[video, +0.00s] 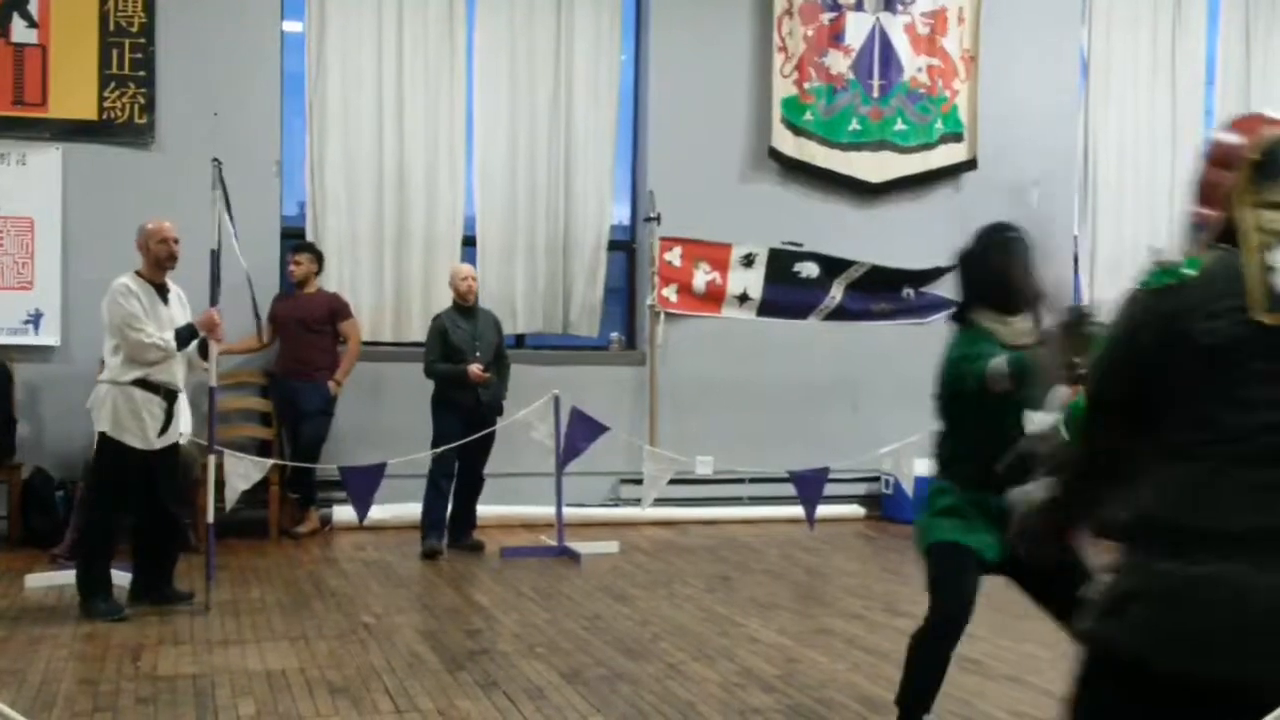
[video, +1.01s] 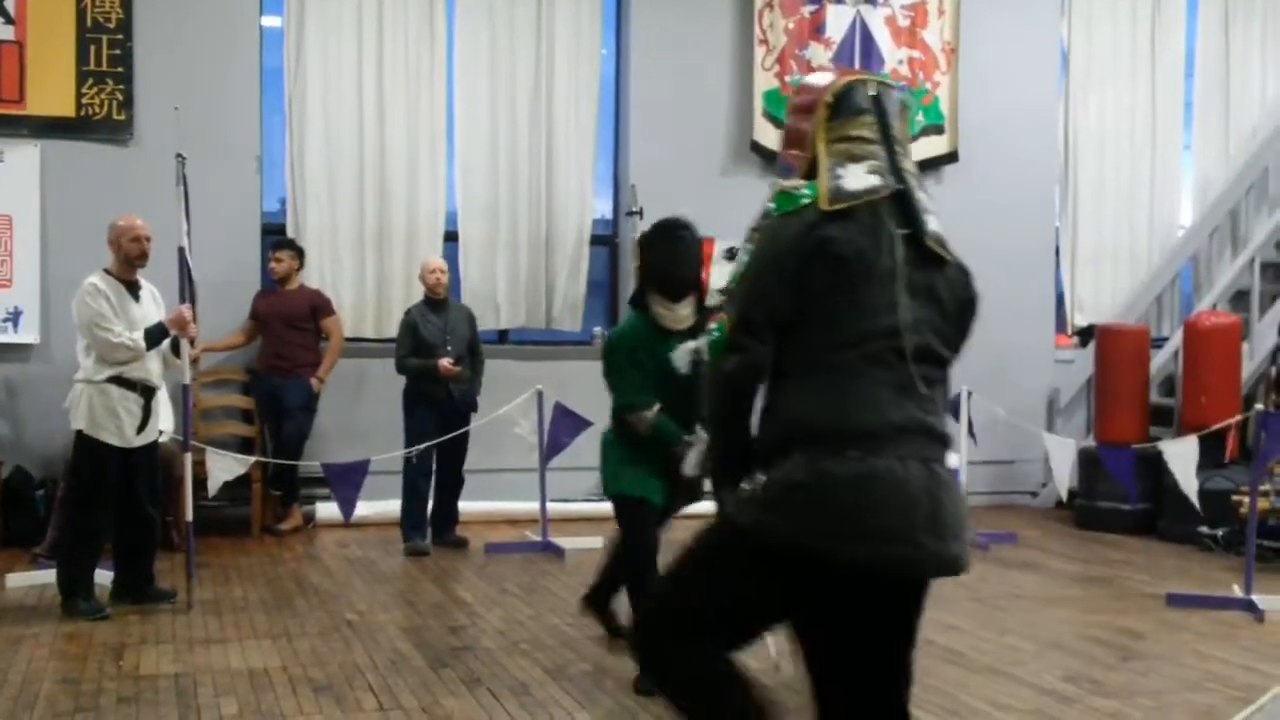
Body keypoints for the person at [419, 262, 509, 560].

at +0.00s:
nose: (469, 284)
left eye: (473, 279)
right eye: (463, 279)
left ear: (478, 284)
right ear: (452, 286)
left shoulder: (490, 320)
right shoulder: (441, 322)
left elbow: (502, 361)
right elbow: (431, 367)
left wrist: (497, 396)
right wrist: (464, 370)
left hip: (483, 407)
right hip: (449, 407)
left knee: (472, 473)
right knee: (442, 470)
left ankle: (461, 534)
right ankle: (432, 537)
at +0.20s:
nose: (470, 284)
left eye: (473, 278)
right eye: (464, 279)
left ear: (479, 283)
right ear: (453, 286)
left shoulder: (491, 320)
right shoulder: (443, 323)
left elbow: (504, 361)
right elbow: (432, 367)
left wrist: (499, 395)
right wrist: (465, 370)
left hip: (485, 407)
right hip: (451, 406)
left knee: (474, 472)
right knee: (444, 470)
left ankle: (462, 533)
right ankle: (433, 537)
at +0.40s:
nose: (469, 282)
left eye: (473, 277)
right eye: (463, 278)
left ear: (478, 282)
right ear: (452, 284)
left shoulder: (492, 320)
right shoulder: (443, 321)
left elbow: (504, 361)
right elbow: (431, 366)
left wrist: (499, 395)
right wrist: (463, 369)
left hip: (485, 405)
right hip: (450, 405)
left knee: (473, 471)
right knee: (444, 469)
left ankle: (462, 532)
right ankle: (432, 538)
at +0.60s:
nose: (463, 282)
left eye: (467, 276)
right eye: (457, 277)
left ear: (473, 282)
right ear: (446, 283)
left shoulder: (486, 319)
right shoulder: (437, 320)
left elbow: (498, 361)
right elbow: (425, 366)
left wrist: (492, 395)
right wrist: (457, 368)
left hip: (479, 405)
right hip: (444, 405)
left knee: (468, 471)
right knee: (438, 468)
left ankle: (457, 532)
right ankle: (426, 538)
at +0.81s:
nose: (444, 280)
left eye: (448, 275)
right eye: (438, 275)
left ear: (456, 280)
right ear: (428, 282)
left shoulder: (469, 317)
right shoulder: (419, 319)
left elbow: (481, 359)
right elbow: (407, 365)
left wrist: (477, 393)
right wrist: (439, 368)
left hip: (462, 404)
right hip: (427, 404)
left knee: (453, 472)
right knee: (422, 469)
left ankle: (444, 532)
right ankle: (415, 536)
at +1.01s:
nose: (438, 277)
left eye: (443, 272)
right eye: (432, 272)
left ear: (449, 277)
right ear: (422, 279)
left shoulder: (464, 315)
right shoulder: (413, 317)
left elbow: (476, 357)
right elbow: (402, 363)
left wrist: (472, 391)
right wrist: (434, 365)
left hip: (457, 401)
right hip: (422, 401)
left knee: (451, 469)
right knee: (418, 468)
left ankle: (444, 530)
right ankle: (415, 535)